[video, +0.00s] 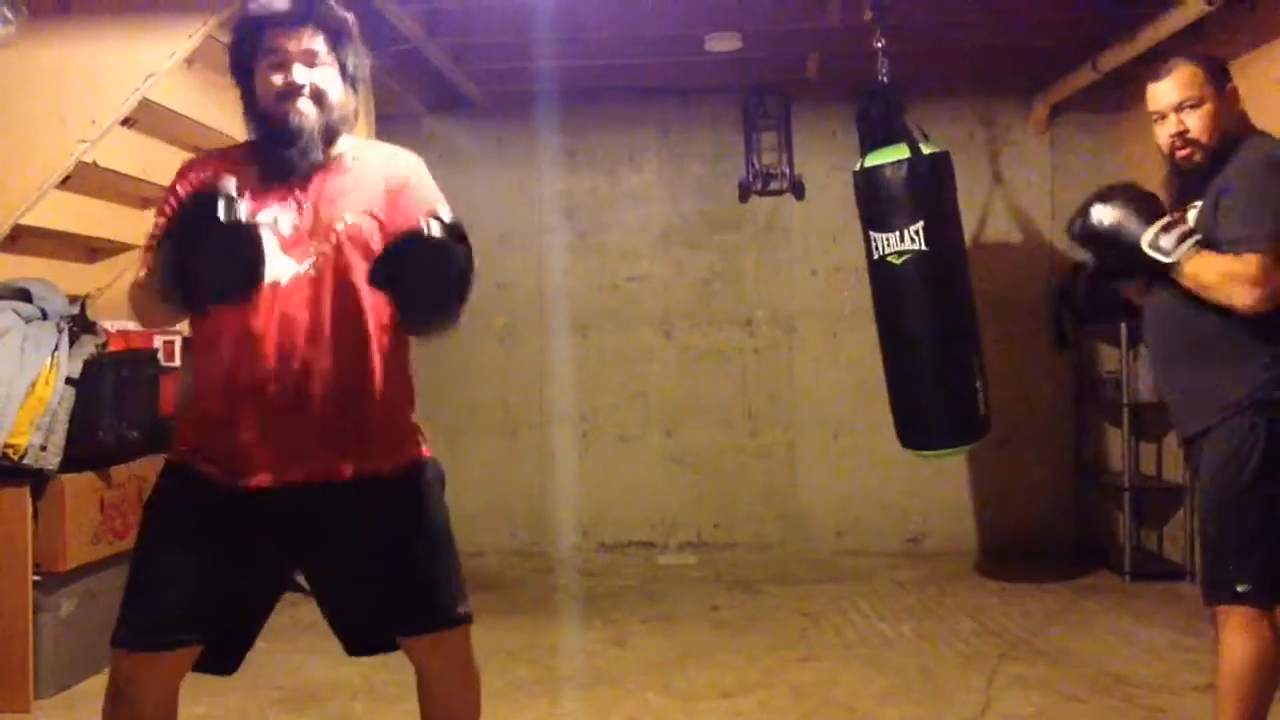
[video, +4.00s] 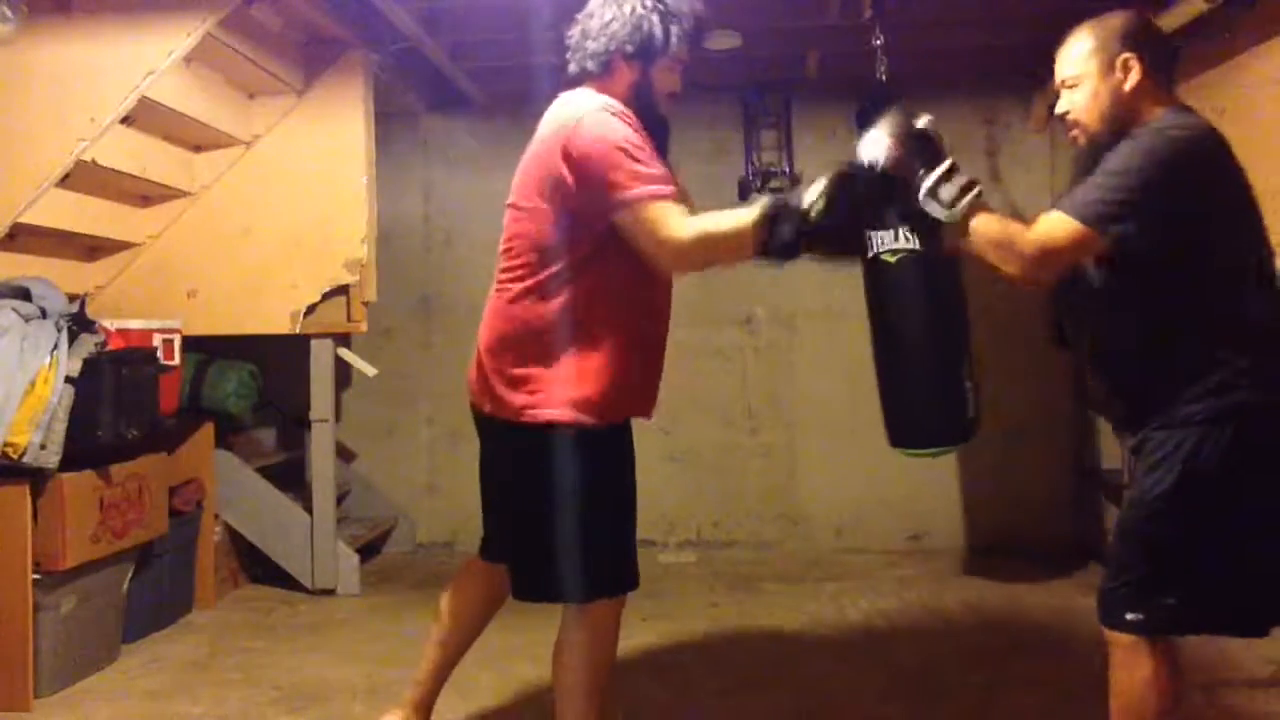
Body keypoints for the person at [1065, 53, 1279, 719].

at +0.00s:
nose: (1174, 129)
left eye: (1188, 108)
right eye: (1160, 117)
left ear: (1230, 98)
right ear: (1151, 122)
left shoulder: (1258, 164)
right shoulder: (1199, 184)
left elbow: (1256, 288)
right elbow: (1182, 305)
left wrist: (1166, 248)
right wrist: (1128, 270)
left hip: (1249, 421)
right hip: (1218, 422)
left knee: (1241, 605)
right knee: (1245, 601)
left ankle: (1236, 716)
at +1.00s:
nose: (1154, 117)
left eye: (1170, 94)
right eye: (1142, 103)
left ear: (1221, 83)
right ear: (1136, 107)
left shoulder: (1256, 152)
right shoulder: (1184, 168)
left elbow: (1255, 286)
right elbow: (1155, 289)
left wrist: (1144, 240)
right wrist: (1100, 253)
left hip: (1248, 414)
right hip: (1213, 415)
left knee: (1241, 609)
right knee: (1242, 604)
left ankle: (1235, 714)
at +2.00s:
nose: (1231, 115)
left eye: (1245, 95)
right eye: (1225, 102)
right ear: (1223, 110)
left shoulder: (1273, 195)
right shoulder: (1250, 196)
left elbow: (1279, 278)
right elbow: (1218, 288)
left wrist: (1225, 242)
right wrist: (1171, 253)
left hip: (1264, 424)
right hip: (1241, 423)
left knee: (1238, 605)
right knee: (1243, 603)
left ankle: (1226, 712)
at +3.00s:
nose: (1080, 108)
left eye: (1092, 87)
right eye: (1077, 92)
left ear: (1148, 77)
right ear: (1147, 83)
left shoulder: (1188, 148)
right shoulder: (1169, 150)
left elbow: (1156, 299)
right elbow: (1133, 287)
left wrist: (1029, 299)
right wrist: (1028, 296)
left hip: (1224, 425)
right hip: (1205, 421)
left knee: (1178, 612)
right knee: (1184, 608)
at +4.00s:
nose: (1061, 108)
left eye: (1070, 86)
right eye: (1059, 91)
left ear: (1126, 72)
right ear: (1127, 77)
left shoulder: (1165, 147)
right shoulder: (1151, 146)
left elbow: (1033, 257)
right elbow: (1042, 255)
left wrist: (932, 177)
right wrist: (931, 202)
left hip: (1213, 419)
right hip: (1197, 413)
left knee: (1131, 614)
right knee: (1145, 614)